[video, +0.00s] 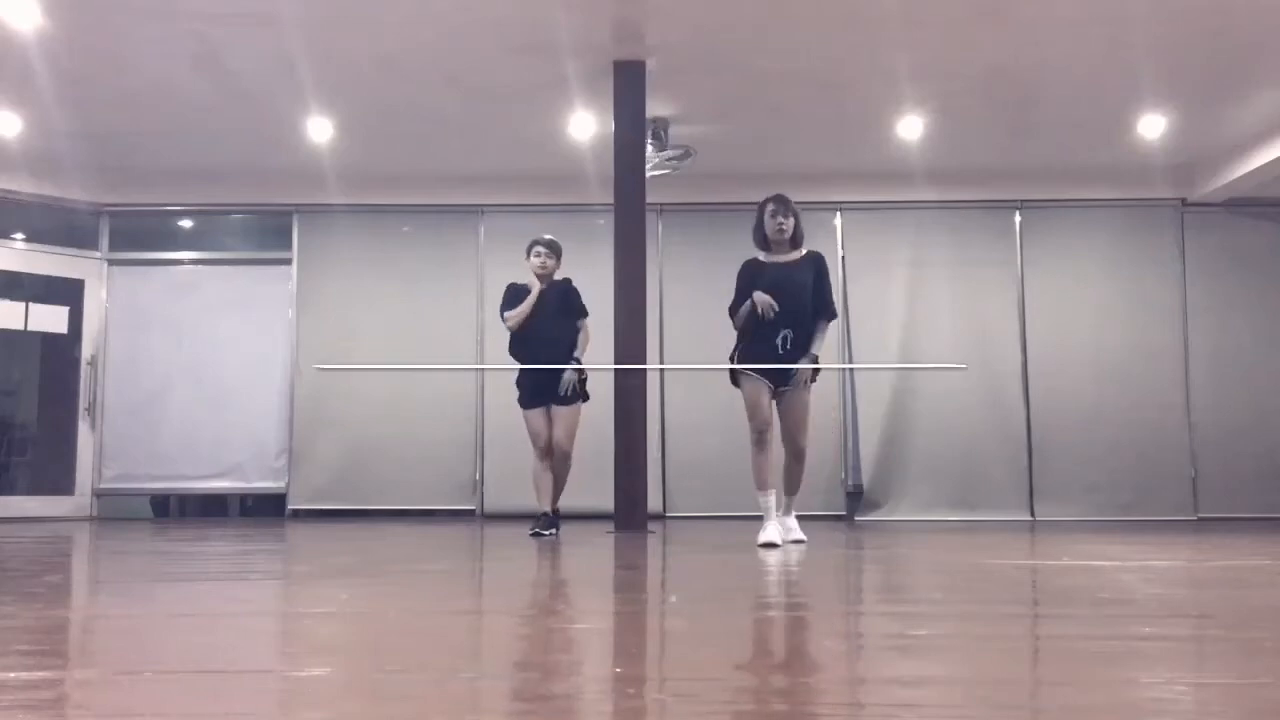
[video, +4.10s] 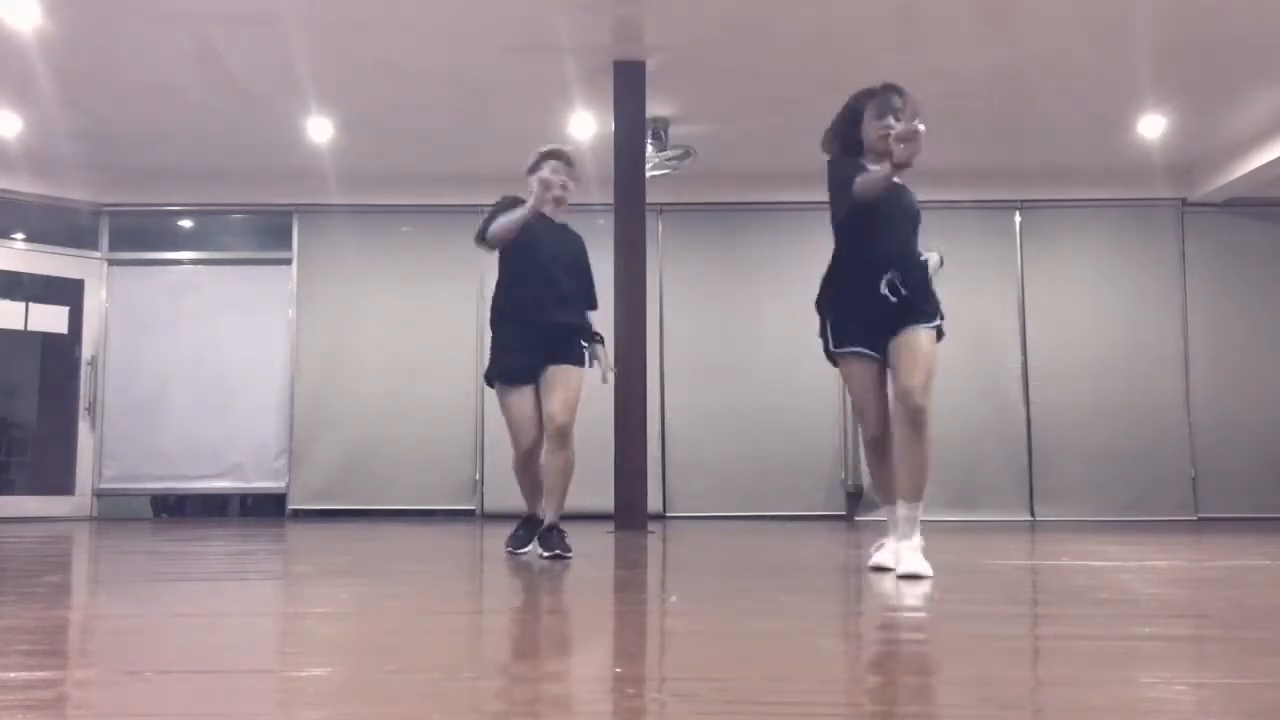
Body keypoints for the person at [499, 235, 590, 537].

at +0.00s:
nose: (543, 260)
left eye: (549, 256)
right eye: (537, 255)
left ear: (557, 262)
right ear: (528, 260)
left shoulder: (567, 290)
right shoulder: (517, 291)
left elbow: (584, 330)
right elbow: (511, 322)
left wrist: (575, 362)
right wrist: (535, 291)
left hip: (565, 375)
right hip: (531, 376)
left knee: (562, 448)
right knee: (541, 448)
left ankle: (552, 508)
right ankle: (545, 515)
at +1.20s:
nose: (545, 259)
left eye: (550, 255)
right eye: (539, 255)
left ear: (560, 260)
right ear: (531, 262)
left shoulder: (575, 295)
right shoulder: (520, 296)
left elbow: (590, 329)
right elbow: (513, 340)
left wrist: (581, 337)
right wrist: (541, 352)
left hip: (571, 380)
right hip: (537, 380)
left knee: (561, 448)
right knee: (545, 445)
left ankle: (542, 508)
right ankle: (544, 513)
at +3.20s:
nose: (537, 222)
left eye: (544, 216)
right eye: (530, 216)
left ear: (556, 221)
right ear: (520, 223)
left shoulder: (577, 254)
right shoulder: (513, 274)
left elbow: (595, 305)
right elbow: (504, 329)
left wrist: (597, 351)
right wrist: (494, 370)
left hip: (571, 363)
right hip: (526, 366)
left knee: (568, 453)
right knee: (544, 445)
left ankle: (548, 501)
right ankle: (555, 522)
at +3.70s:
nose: (537, 197)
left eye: (547, 192)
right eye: (531, 190)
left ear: (560, 200)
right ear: (520, 195)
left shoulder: (576, 237)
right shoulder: (496, 244)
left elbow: (601, 282)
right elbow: (479, 297)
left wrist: (602, 314)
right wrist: (498, 311)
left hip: (571, 342)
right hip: (522, 344)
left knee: (558, 419)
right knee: (521, 432)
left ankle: (561, 519)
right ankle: (518, 521)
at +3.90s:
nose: (522, 196)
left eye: (528, 187)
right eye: (513, 191)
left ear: (543, 192)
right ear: (503, 201)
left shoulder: (576, 231)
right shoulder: (499, 250)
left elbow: (597, 286)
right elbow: (494, 308)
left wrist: (600, 338)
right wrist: (510, 265)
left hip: (566, 343)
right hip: (513, 347)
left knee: (558, 407)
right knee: (522, 448)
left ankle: (551, 515)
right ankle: (521, 524)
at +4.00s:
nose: (533, 185)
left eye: (539, 176)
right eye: (524, 181)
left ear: (554, 181)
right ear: (514, 190)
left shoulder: (579, 234)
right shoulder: (501, 230)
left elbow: (589, 295)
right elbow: (488, 278)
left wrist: (590, 338)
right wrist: (529, 238)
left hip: (565, 341)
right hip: (514, 341)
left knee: (558, 423)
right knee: (524, 446)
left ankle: (552, 525)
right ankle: (524, 524)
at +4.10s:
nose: (556, 180)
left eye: (563, 175)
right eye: (548, 172)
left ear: (571, 188)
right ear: (531, 179)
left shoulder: (571, 239)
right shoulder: (510, 212)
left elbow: (579, 302)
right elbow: (492, 235)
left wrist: (595, 338)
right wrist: (530, 208)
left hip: (565, 340)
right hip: (515, 339)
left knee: (559, 425)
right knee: (526, 445)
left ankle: (552, 526)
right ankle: (533, 516)